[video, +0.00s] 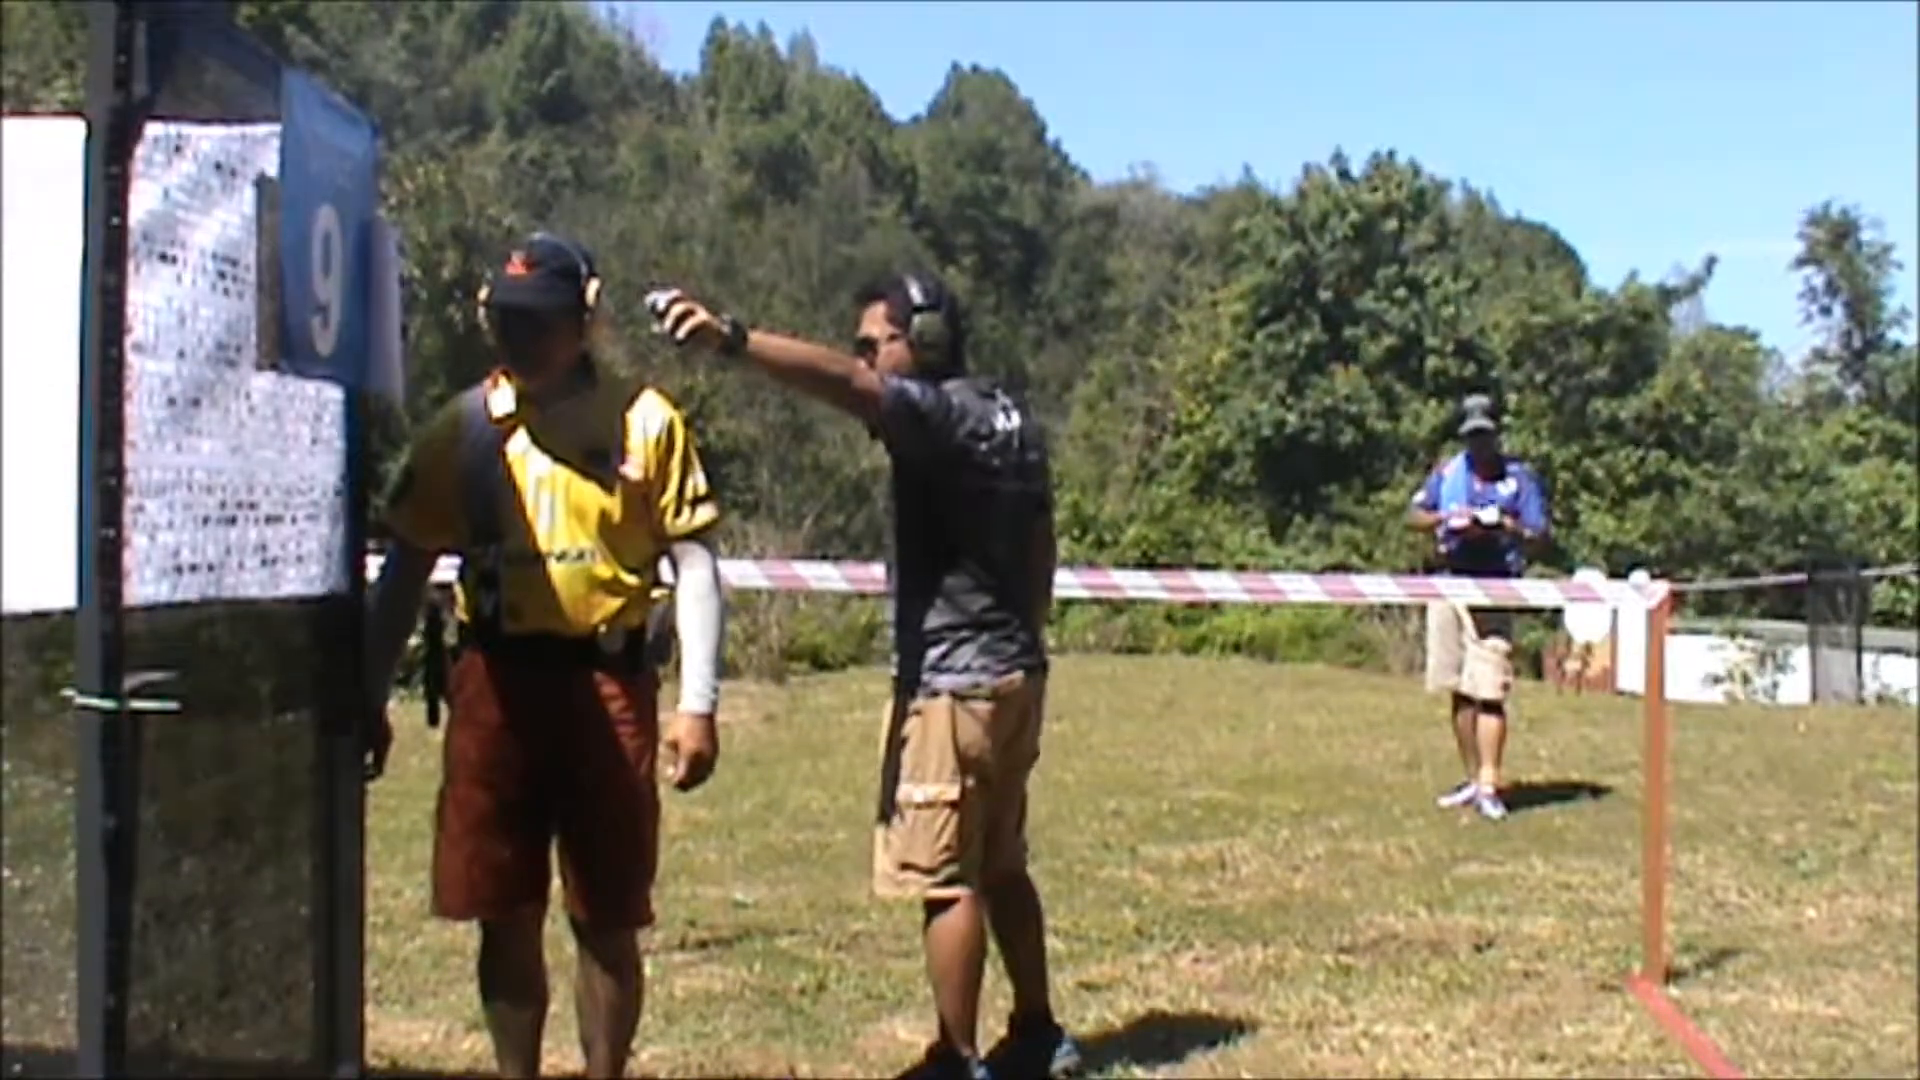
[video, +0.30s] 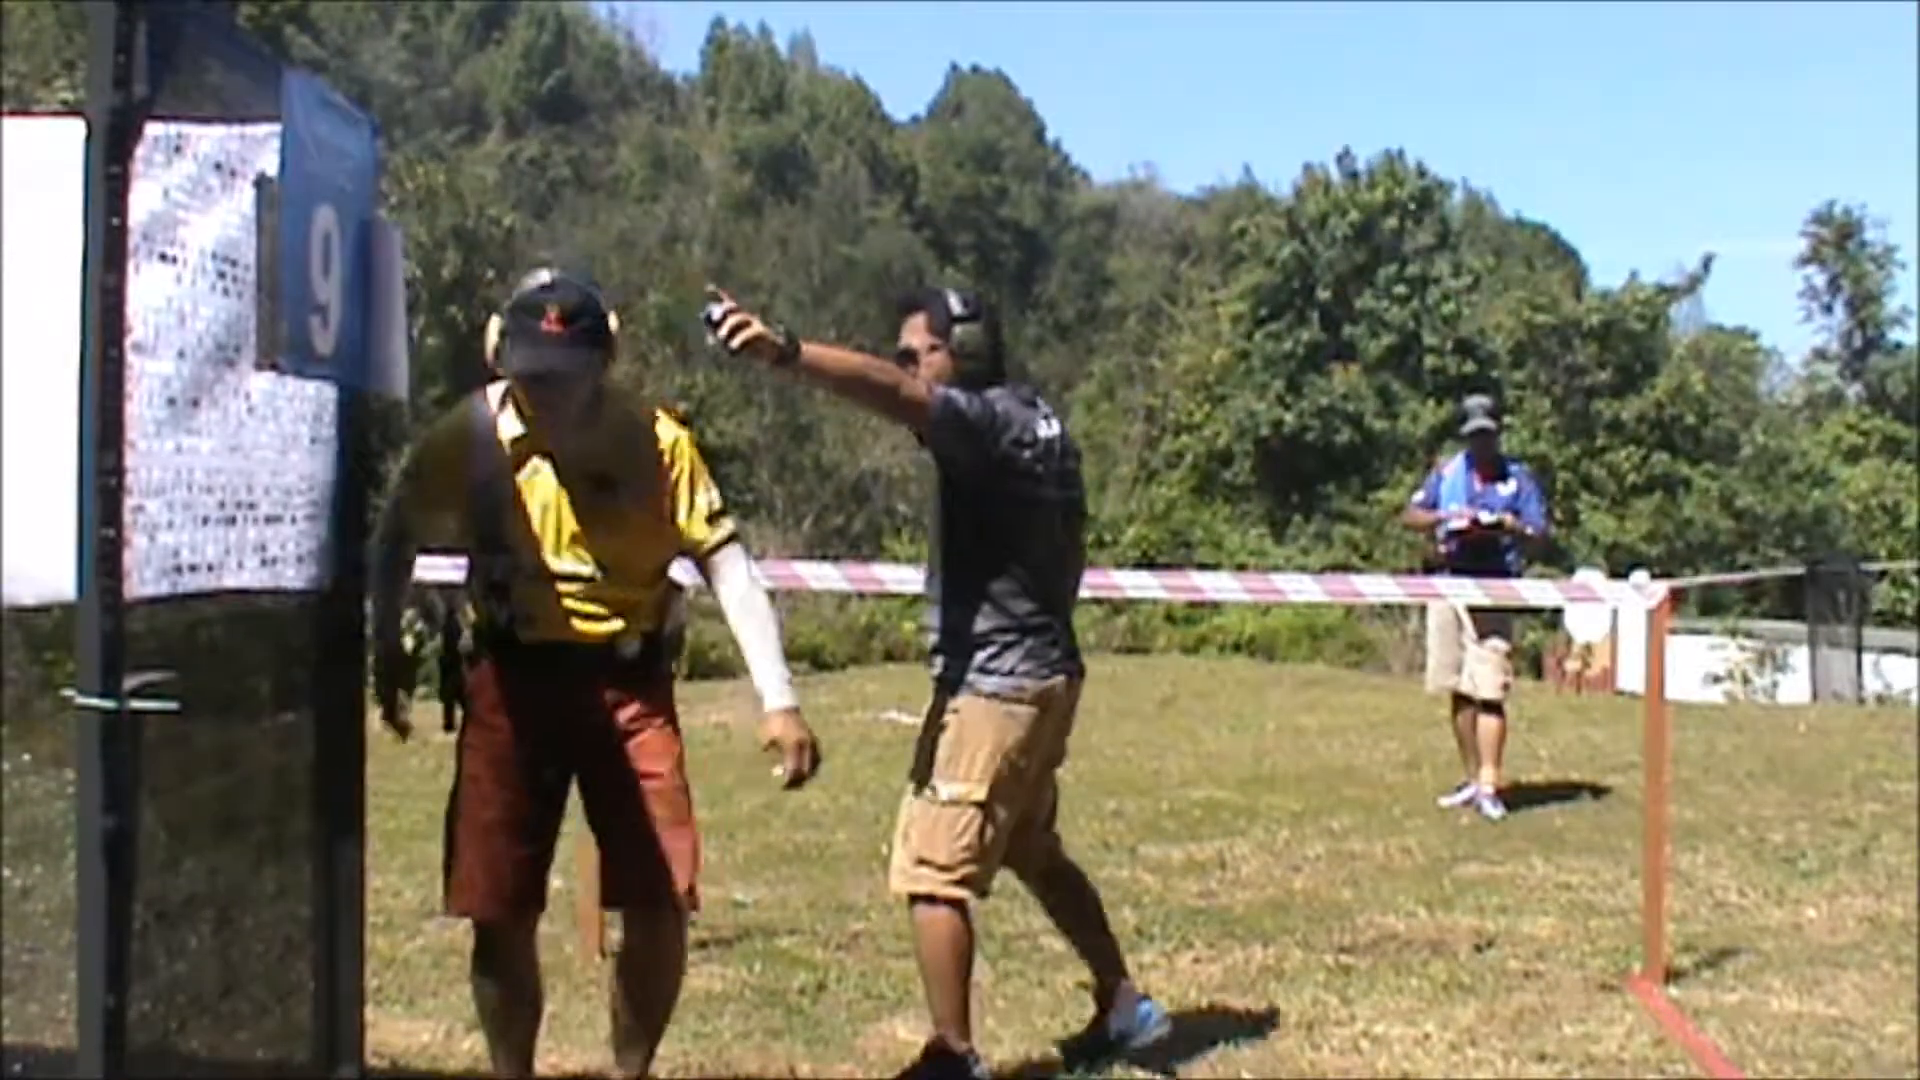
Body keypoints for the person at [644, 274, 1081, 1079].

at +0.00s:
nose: (867, 360)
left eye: (876, 344)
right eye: (864, 344)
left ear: (921, 340)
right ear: (947, 342)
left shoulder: (932, 410)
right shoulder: (1013, 418)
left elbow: (852, 382)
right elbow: (1040, 549)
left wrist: (732, 338)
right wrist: (1024, 641)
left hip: (955, 677)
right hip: (1015, 670)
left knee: (945, 876)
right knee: (1002, 868)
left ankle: (953, 1054)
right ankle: (1036, 1027)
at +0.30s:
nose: (903, 373)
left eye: (913, 357)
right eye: (902, 357)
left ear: (954, 355)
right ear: (985, 355)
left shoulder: (982, 419)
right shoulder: (1048, 425)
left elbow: (893, 388)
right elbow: (1069, 550)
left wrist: (784, 352)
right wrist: (1040, 634)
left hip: (996, 676)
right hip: (1046, 672)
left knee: (935, 864)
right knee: (1031, 845)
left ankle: (950, 1050)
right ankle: (1123, 1004)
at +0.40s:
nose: (949, 385)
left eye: (959, 371)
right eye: (947, 370)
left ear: (999, 370)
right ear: (1029, 372)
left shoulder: (1024, 431)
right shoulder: (1081, 444)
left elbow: (938, 399)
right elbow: (1087, 574)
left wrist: (835, 358)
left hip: (1025, 686)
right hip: (1075, 683)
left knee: (935, 866)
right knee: (1049, 848)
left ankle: (951, 1052)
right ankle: (1175, 979)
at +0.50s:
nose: (982, 396)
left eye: (994, 384)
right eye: (981, 383)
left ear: (1036, 386)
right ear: (1062, 390)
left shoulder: (1056, 445)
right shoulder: (1113, 461)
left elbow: (977, 409)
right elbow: (1084, 586)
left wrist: (882, 365)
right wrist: (1006, 618)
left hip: (1050, 696)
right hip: (1099, 695)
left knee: (948, 868)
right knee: (1071, 856)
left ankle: (952, 1052)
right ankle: (1198, 990)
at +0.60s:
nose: (1051, 414)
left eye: (1062, 397)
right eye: (1047, 399)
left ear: (1101, 392)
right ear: (1121, 397)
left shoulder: (1130, 459)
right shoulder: (1168, 469)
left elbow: (1055, 425)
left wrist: (963, 379)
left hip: (1110, 700)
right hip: (1155, 702)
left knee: (1015, 867)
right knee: (1122, 876)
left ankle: (957, 1041)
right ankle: (1226, 1012)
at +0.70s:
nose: (1096, 410)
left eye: (1105, 397)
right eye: (1093, 398)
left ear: (1143, 395)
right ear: (1151, 398)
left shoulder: (1174, 459)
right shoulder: (1201, 469)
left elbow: (1104, 418)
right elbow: (1180, 607)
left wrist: (1018, 378)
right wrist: (1109, 670)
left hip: (1155, 700)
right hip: (1193, 701)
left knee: (1053, 860)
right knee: (1147, 878)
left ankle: (1008, 1035)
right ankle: (1226, 1014)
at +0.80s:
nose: (1145, 386)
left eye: (1152, 373)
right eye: (1144, 375)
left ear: (1189, 376)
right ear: (1198, 380)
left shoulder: (1239, 451)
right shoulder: (1231, 460)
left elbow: (1168, 409)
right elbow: (1223, 582)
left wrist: (1088, 368)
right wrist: (1165, 659)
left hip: (1218, 685)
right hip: (1216, 683)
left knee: (1114, 838)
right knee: (1173, 856)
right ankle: (1227, 1013)